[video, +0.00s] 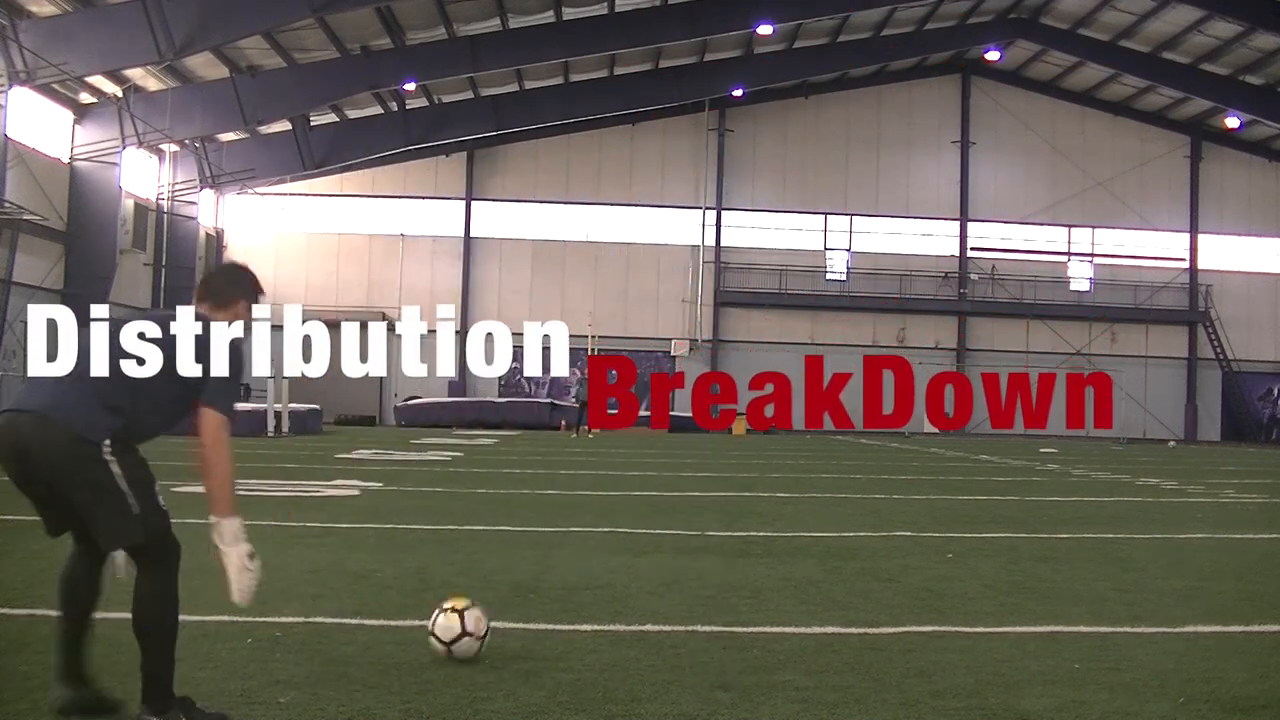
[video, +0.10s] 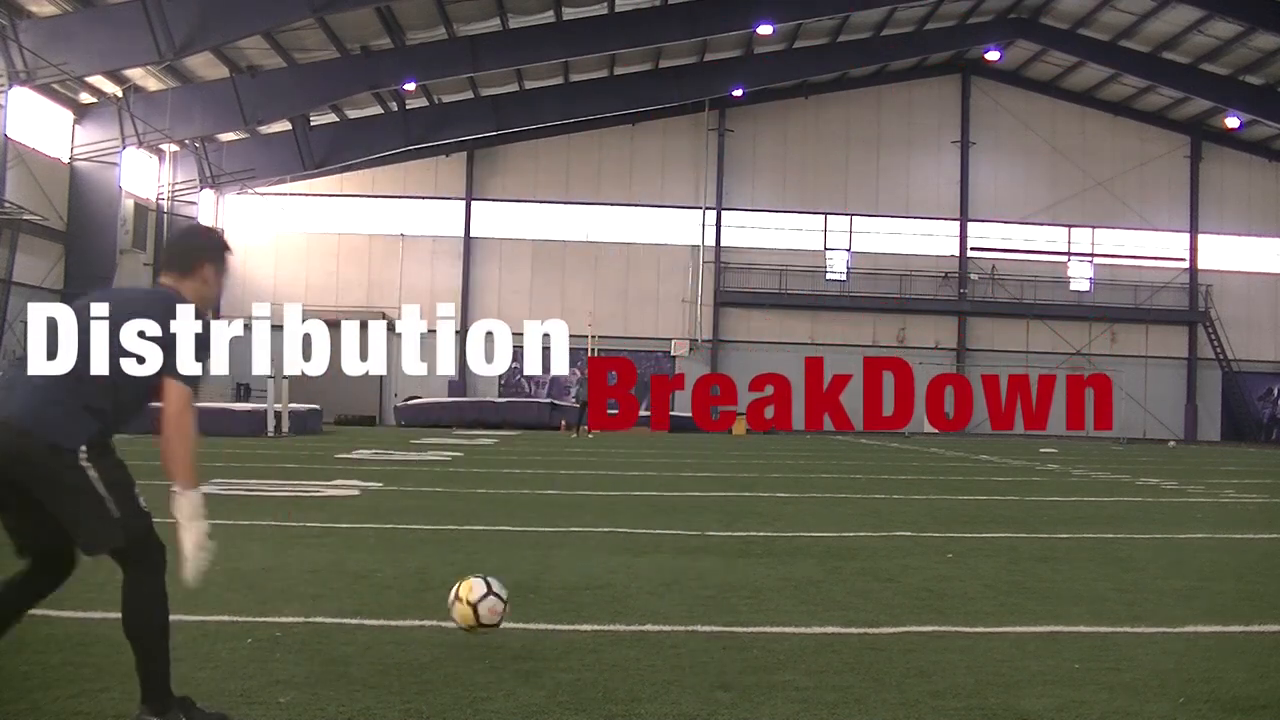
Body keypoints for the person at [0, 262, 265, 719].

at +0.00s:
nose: (246, 323)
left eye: (248, 313)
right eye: (247, 313)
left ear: (198, 300)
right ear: (237, 308)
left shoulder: (154, 323)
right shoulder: (221, 343)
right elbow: (211, 431)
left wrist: (111, 530)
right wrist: (229, 534)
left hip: (14, 427)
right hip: (81, 436)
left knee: (89, 544)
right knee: (160, 555)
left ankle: (71, 686)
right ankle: (160, 703)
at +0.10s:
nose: (220, 290)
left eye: (221, 278)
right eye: (219, 277)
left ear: (168, 268)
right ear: (201, 271)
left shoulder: (102, 299)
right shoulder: (184, 317)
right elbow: (175, 416)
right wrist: (189, 510)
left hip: (6, 433)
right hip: (67, 440)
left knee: (51, 561)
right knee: (145, 557)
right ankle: (159, 702)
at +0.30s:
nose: (117, 230)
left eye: (117, 217)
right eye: (116, 216)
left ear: (62, 207)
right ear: (95, 209)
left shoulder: (23, 256)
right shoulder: (63, 264)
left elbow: (34, 363)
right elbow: (44, 359)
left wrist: (31, 456)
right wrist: (43, 459)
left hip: (11, 465)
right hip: (13, 468)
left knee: (75, 581)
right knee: (75, 580)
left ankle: (145, 699)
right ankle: (146, 701)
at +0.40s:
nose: (68, 201)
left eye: (68, 189)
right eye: (67, 188)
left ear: (17, 181)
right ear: (48, 183)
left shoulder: (15, 246)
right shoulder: (23, 250)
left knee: (40, 558)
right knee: (39, 559)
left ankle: (80, 699)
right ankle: (80, 700)